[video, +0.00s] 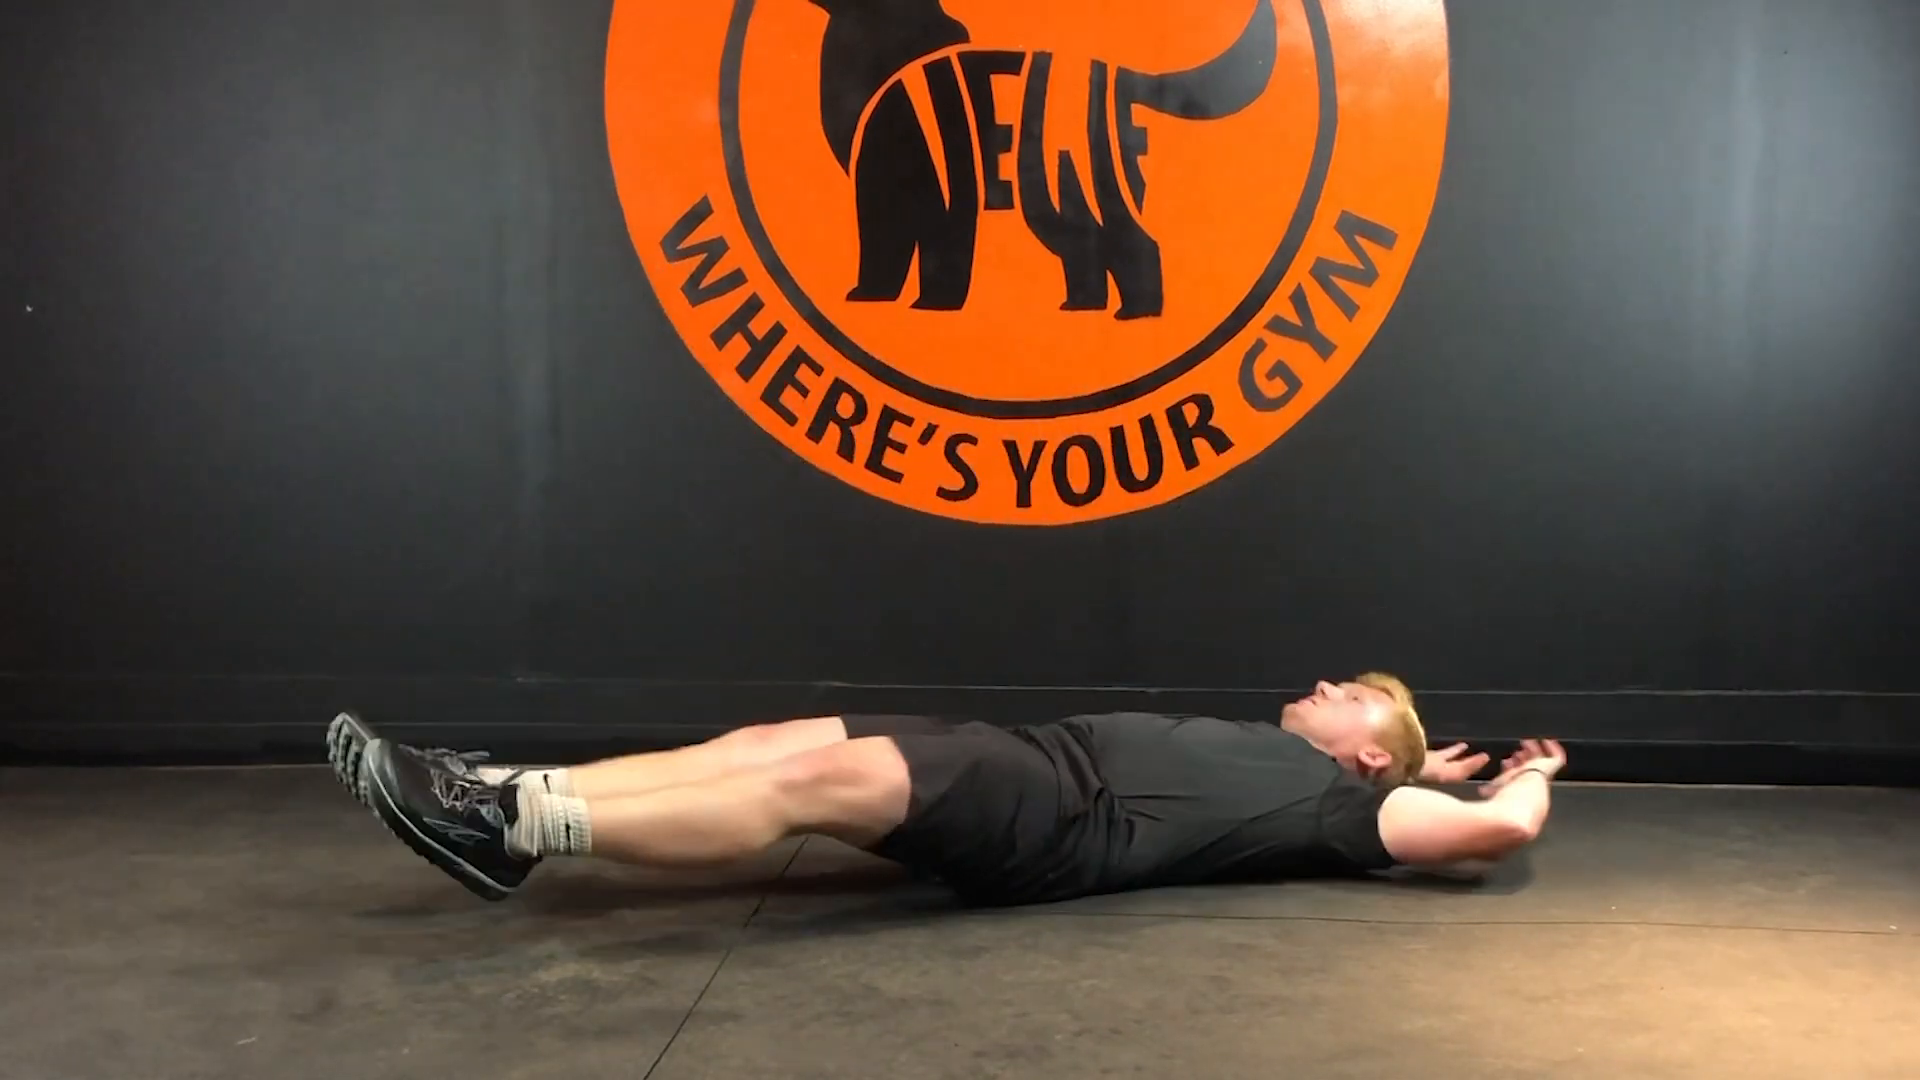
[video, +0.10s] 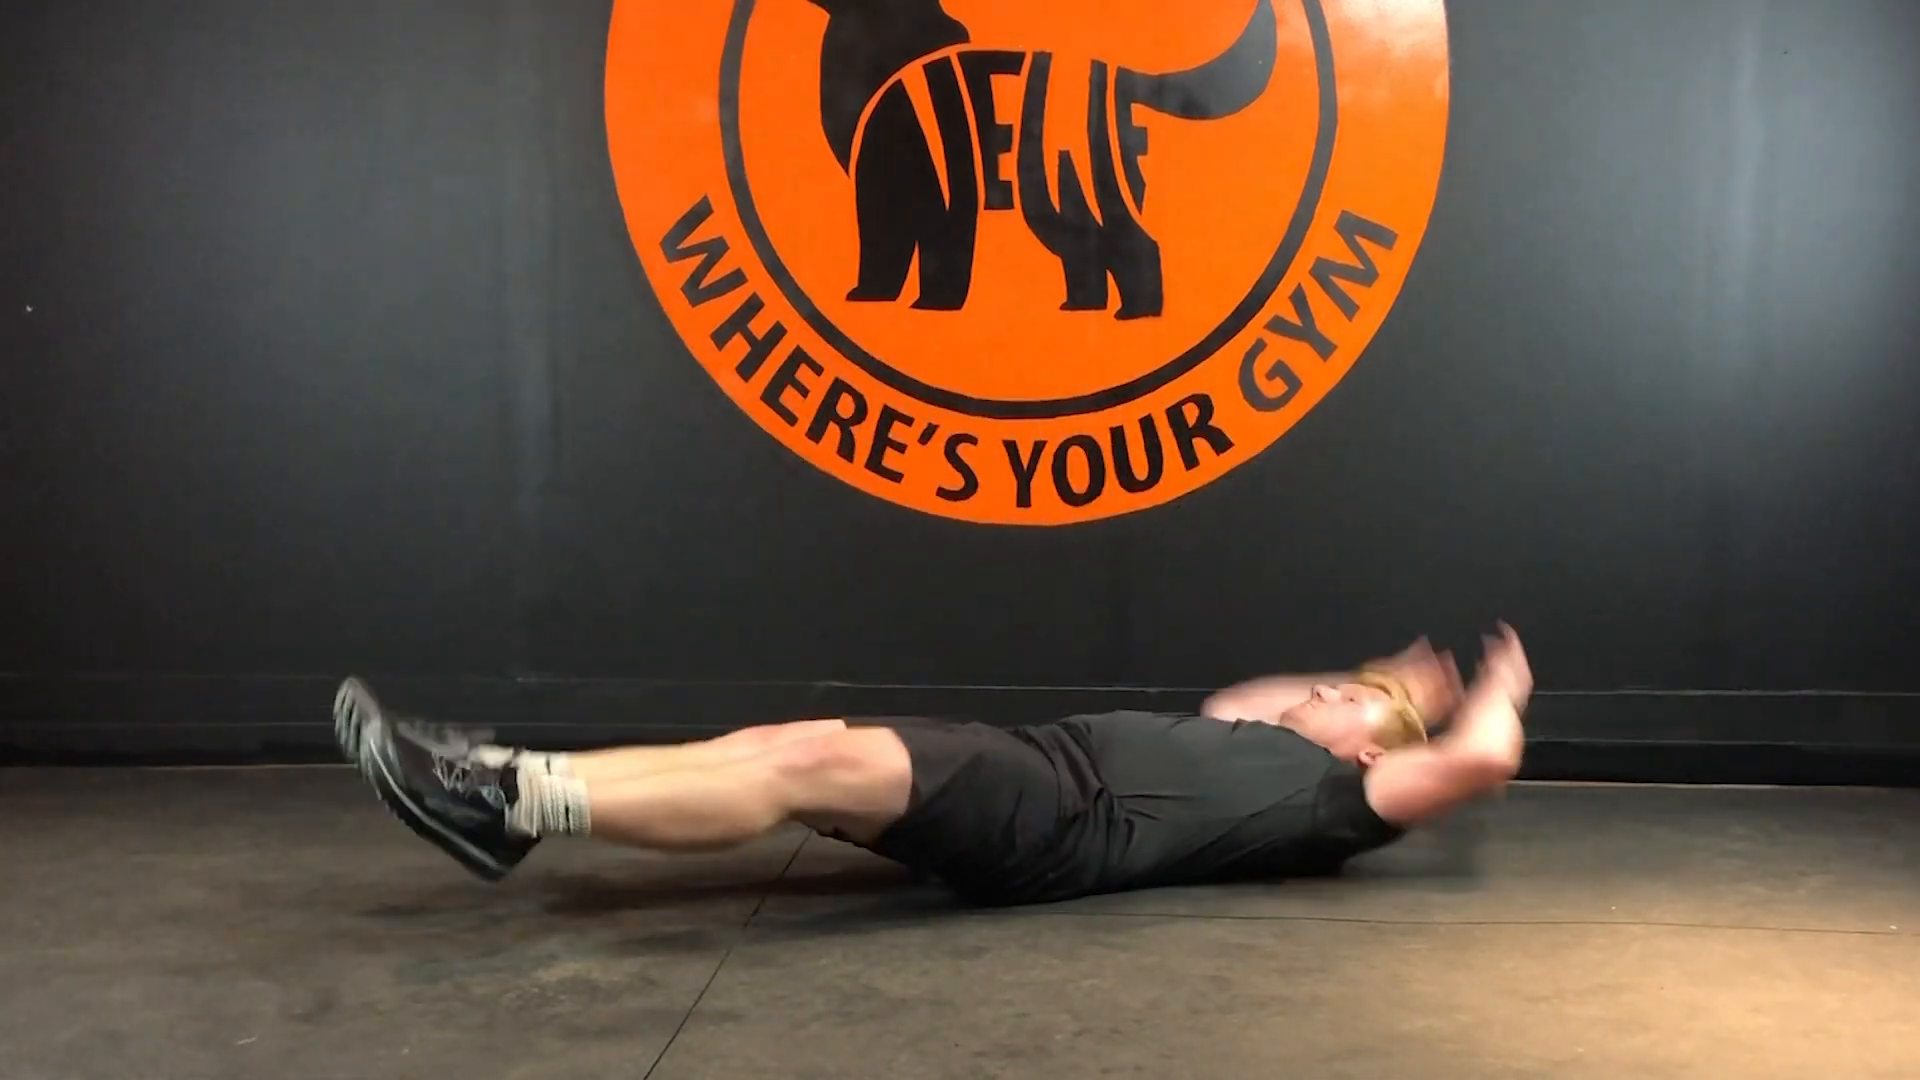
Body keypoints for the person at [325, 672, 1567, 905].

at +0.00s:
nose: (1327, 690)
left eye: (1356, 702)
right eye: (1335, 686)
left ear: (1383, 755)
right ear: (1316, 714)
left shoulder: (1351, 796)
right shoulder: (1237, 742)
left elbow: (1497, 834)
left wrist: (1523, 782)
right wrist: (1430, 760)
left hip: (1068, 796)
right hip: (1002, 740)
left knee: (833, 776)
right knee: (777, 738)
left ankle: (526, 834)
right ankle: (493, 800)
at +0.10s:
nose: (1347, 696)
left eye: (1372, 702)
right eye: (1351, 685)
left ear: (1387, 754)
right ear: (1324, 696)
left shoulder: (1336, 796)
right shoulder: (1247, 733)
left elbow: (1482, 761)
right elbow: (1249, 691)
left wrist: (1500, 682)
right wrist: (1378, 690)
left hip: (1065, 811)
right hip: (1003, 757)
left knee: (824, 760)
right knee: (764, 746)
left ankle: (519, 804)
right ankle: (496, 791)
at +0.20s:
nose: (1309, 674)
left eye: (1332, 681)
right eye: (1308, 670)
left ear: (1358, 723)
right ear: (1280, 689)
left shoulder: (1314, 780)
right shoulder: (1216, 731)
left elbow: (1360, 679)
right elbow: (1171, 625)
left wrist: (1334, 545)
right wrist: (1245, 507)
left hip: (1055, 818)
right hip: (1004, 782)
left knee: (827, 724)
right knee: (794, 721)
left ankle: (523, 748)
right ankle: (516, 746)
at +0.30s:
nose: (1267, 621)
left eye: (1294, 622)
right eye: (1274, 610)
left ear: (1337, 670)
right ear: (1272, 626)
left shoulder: (1299, 728)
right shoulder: (1215, 691)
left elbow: (1202, 666)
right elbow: (1088, 607)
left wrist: (1103, 548)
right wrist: (1056, 487)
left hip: (1057, 829)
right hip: (1012, 800)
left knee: (843, 677)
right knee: (813, 677)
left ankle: (544, 687)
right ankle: (536, 671)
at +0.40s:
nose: (1189, 577)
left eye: (1216, 565)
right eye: (1200, 559)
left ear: (1275, 601)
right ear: (1240, 591)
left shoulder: (1269, 681)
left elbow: (1150, 643)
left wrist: (1017, 546)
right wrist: (948, 466)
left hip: (1044, 838)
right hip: (993, 820)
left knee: (872, 621)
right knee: (842, 612)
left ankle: (593, 611)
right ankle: (573, 580)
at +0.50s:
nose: (1128, 540)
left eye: (1150, 526)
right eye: (1129, 523)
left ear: (1215, 545)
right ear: (1131, 529)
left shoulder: (1226, 630)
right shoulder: (1119, 601)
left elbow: (1099, 588)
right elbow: (970, 540)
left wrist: (972, 478)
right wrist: (878, 435)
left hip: (1030, 829)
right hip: (953, 828)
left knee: (923, 584)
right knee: (876, 586)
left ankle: (655, 506)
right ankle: (630, 514)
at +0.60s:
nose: (1068, 514)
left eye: (1091, 496)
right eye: (1071, 495)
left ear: (1160, 510)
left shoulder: (1187, 600)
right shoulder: (1061, 592)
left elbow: (1053, 544)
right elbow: (950, 525)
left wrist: (921, 436)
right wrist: (831, 409)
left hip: (1021, 829)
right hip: (941, 828)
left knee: (955, 568)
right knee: (909, 566)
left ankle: (721, 456)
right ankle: (703, 458)